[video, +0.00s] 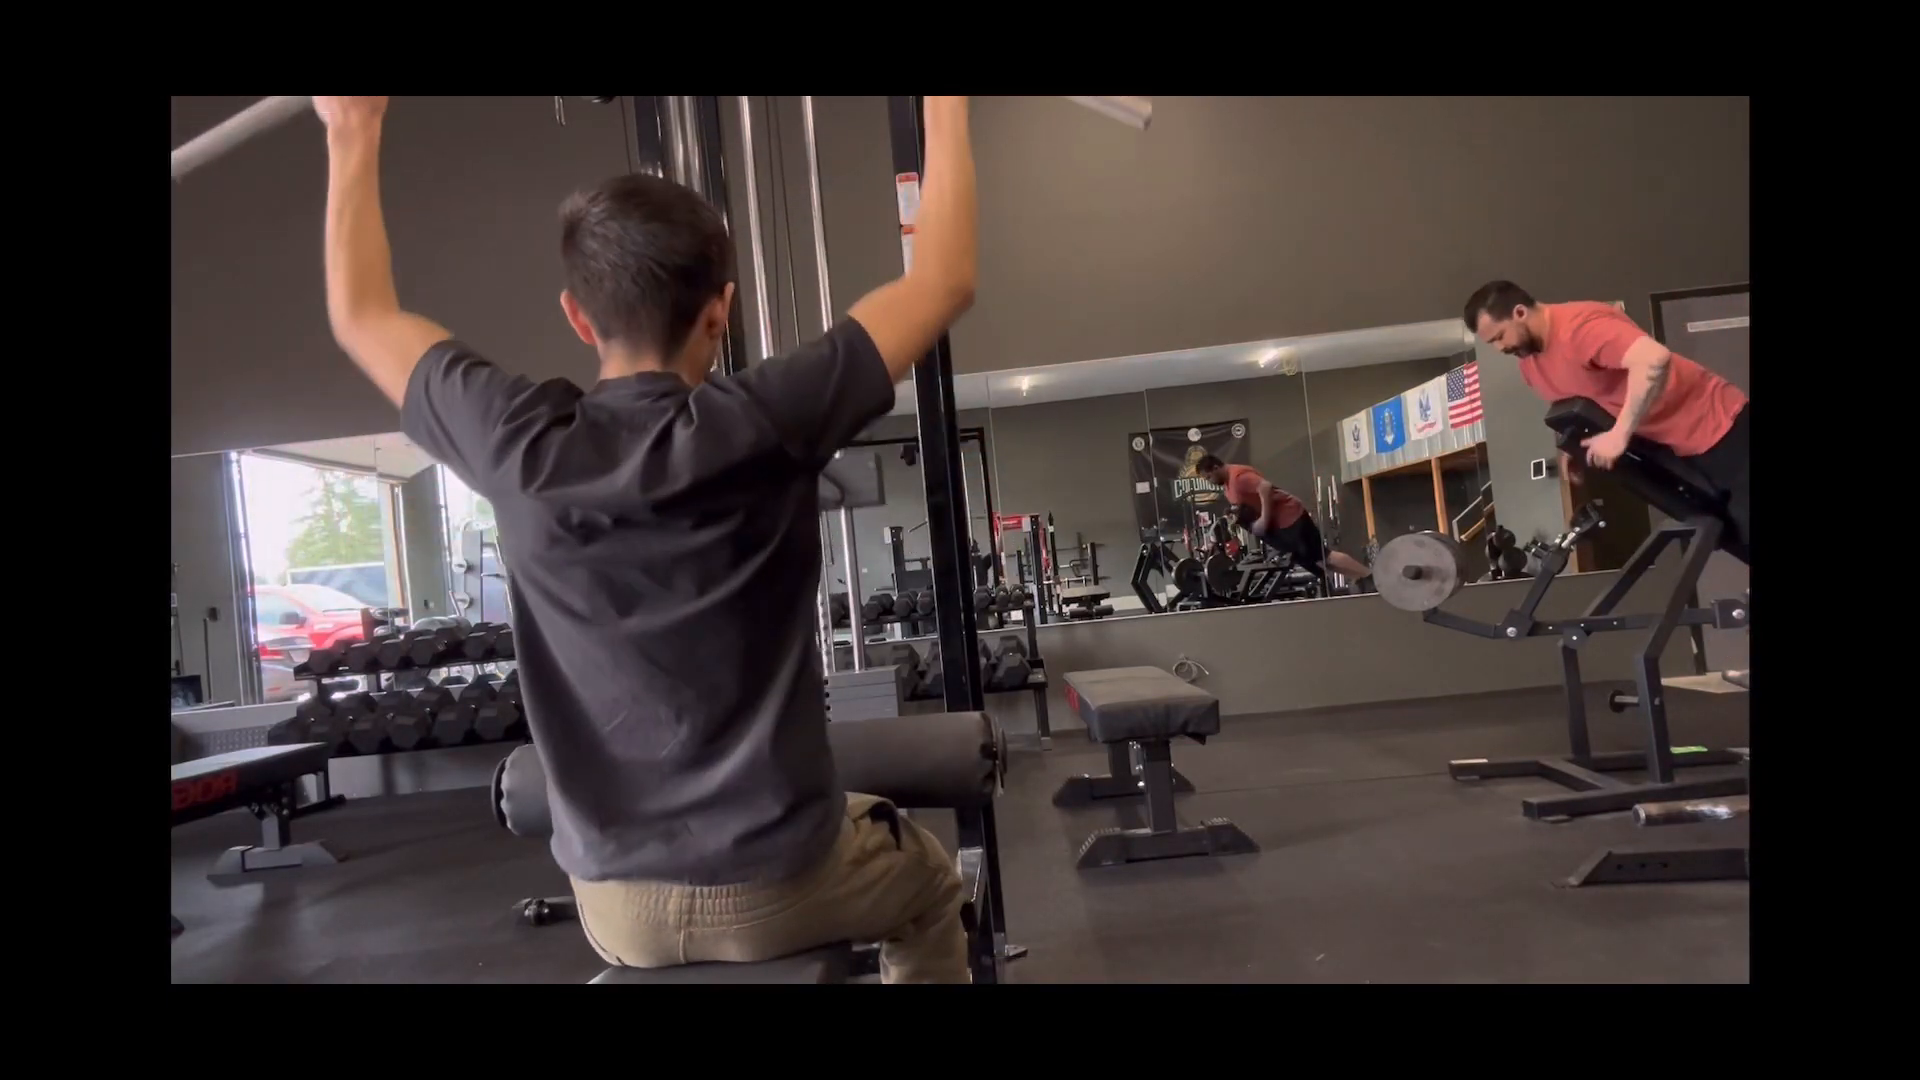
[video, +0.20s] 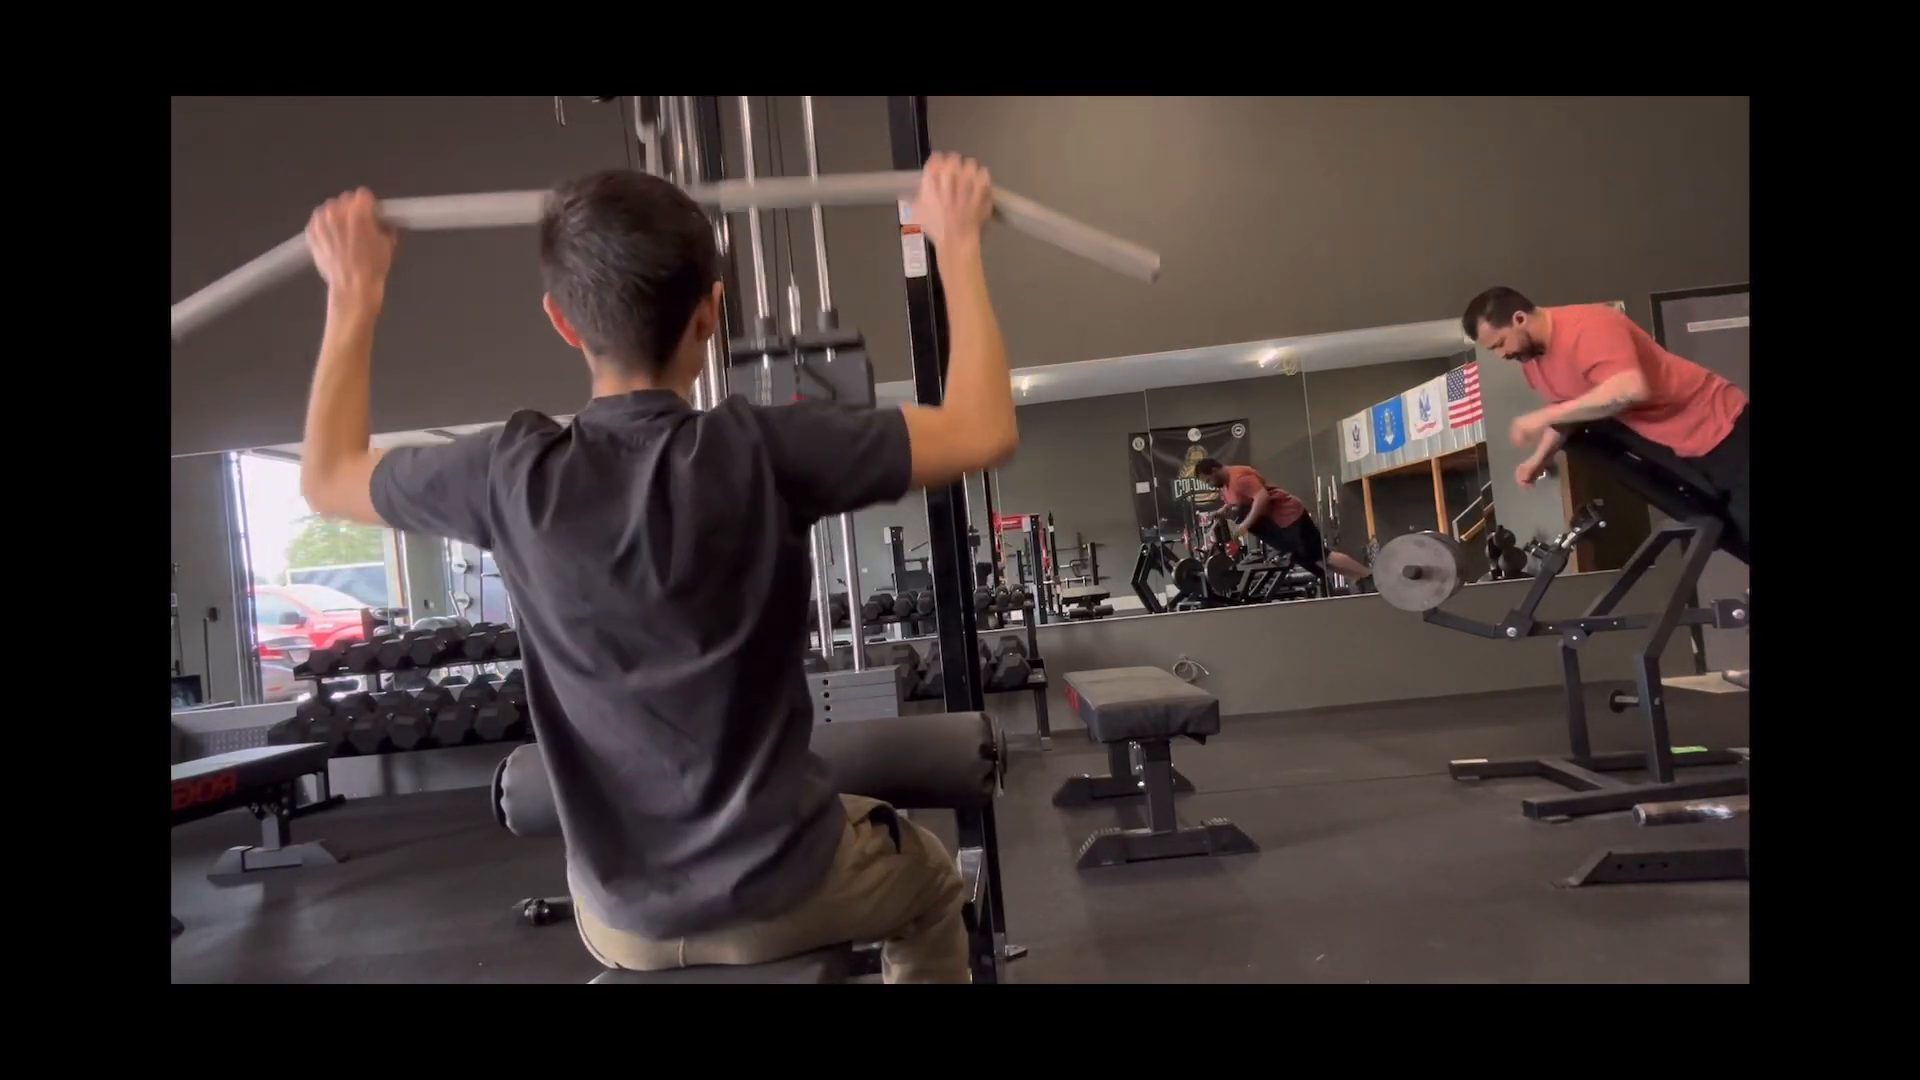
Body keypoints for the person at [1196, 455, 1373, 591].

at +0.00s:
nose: (1209, 480)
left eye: (1209, 476)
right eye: (1206, 478)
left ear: (1216, 467)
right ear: (1211, 472)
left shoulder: (1239, 477)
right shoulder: (1228, 484)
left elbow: (1265, 488)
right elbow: (1246, 504)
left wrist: (1263, 519)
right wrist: (1238, 514)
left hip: (1291, 517)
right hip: (1278, 526)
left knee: (1323, 555)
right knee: (1317, 561)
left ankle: (1367, 574)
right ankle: (1358, 578)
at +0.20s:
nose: (1208, 484)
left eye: (1207, 479)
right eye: (1205, 481)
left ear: (1214, 470)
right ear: (1211, 474)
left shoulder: (1239, 477)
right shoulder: (1226, 486)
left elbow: (1262, 497)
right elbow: (1236, 505)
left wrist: (1246, 524)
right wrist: (1221, 513)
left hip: (1291, 516)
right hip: (1278, 526)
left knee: (1322, 556)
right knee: (1316, 560)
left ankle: (1367, 574)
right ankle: (1358, 577)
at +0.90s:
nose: (1208, 490)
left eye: (1208, 485)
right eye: (1204, 488)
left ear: (1214, 474)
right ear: (1205, 482)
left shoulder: (1237, 481)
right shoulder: (1223, 484)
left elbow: (1261, 505)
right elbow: (1220, 506)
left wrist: (1262, 539)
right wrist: (1205, 499)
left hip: (1289, 514)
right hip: (1275, 522)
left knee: (1323, 553)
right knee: (1312, 560)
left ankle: (1363, 581)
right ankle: (1354, 582)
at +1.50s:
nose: (1209, 483)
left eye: (1208, 478)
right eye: (1205, 481)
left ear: (1216, 468)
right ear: (1209, 476)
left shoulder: (1240, 477)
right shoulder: (1223, 486)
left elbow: (1261, 503)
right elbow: (1225, 509)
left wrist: (1257, 536)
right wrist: (1211, 517)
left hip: (1289, 513)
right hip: (1275, 523)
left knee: (1322, 553)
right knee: (1313, 560)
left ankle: (1362, 584)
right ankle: (1351, 585)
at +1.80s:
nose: (1211, 478)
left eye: (1211, 474)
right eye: (1208, 476)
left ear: (1219, 463)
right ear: (1215, 468)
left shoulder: (1241, 474)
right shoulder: (1227, 481)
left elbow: (1242, 510)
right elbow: (1227, 508)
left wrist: (1235, 541)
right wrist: (1214, 530)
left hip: (1291, 515)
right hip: (1278, 525)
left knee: (1323, 553)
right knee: (1315, 561)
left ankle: (1363, 585)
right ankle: (1354, 585)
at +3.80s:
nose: (1212, 463)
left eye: (1214, 458)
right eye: (1210, 459)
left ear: (1227, 455)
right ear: (1221, 457)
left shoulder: (1238, 472)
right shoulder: (1222, 479)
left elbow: (1223, 508)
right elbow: (1213, 509)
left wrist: (1211, 538)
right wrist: (1204, 538)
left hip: (1292, 513)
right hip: (1281, 522)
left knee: (1326, 552)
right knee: (1319, 558)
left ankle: (1364, 584)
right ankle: (1353, 586)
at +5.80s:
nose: (1216, 466)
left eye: (1218, 461)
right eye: (1211, 465)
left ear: (1226, 457)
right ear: (1209, 468)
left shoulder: (1238, 475)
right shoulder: (1219, 483)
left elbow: (1226, 513)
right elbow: (1215, 513)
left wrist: (1213, 543)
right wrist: (1206, 540)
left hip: (1289, 514)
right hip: (1278, 525)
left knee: (1325, 550)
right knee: (1316, 558)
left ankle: (1368, 582)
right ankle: (1355, 584)